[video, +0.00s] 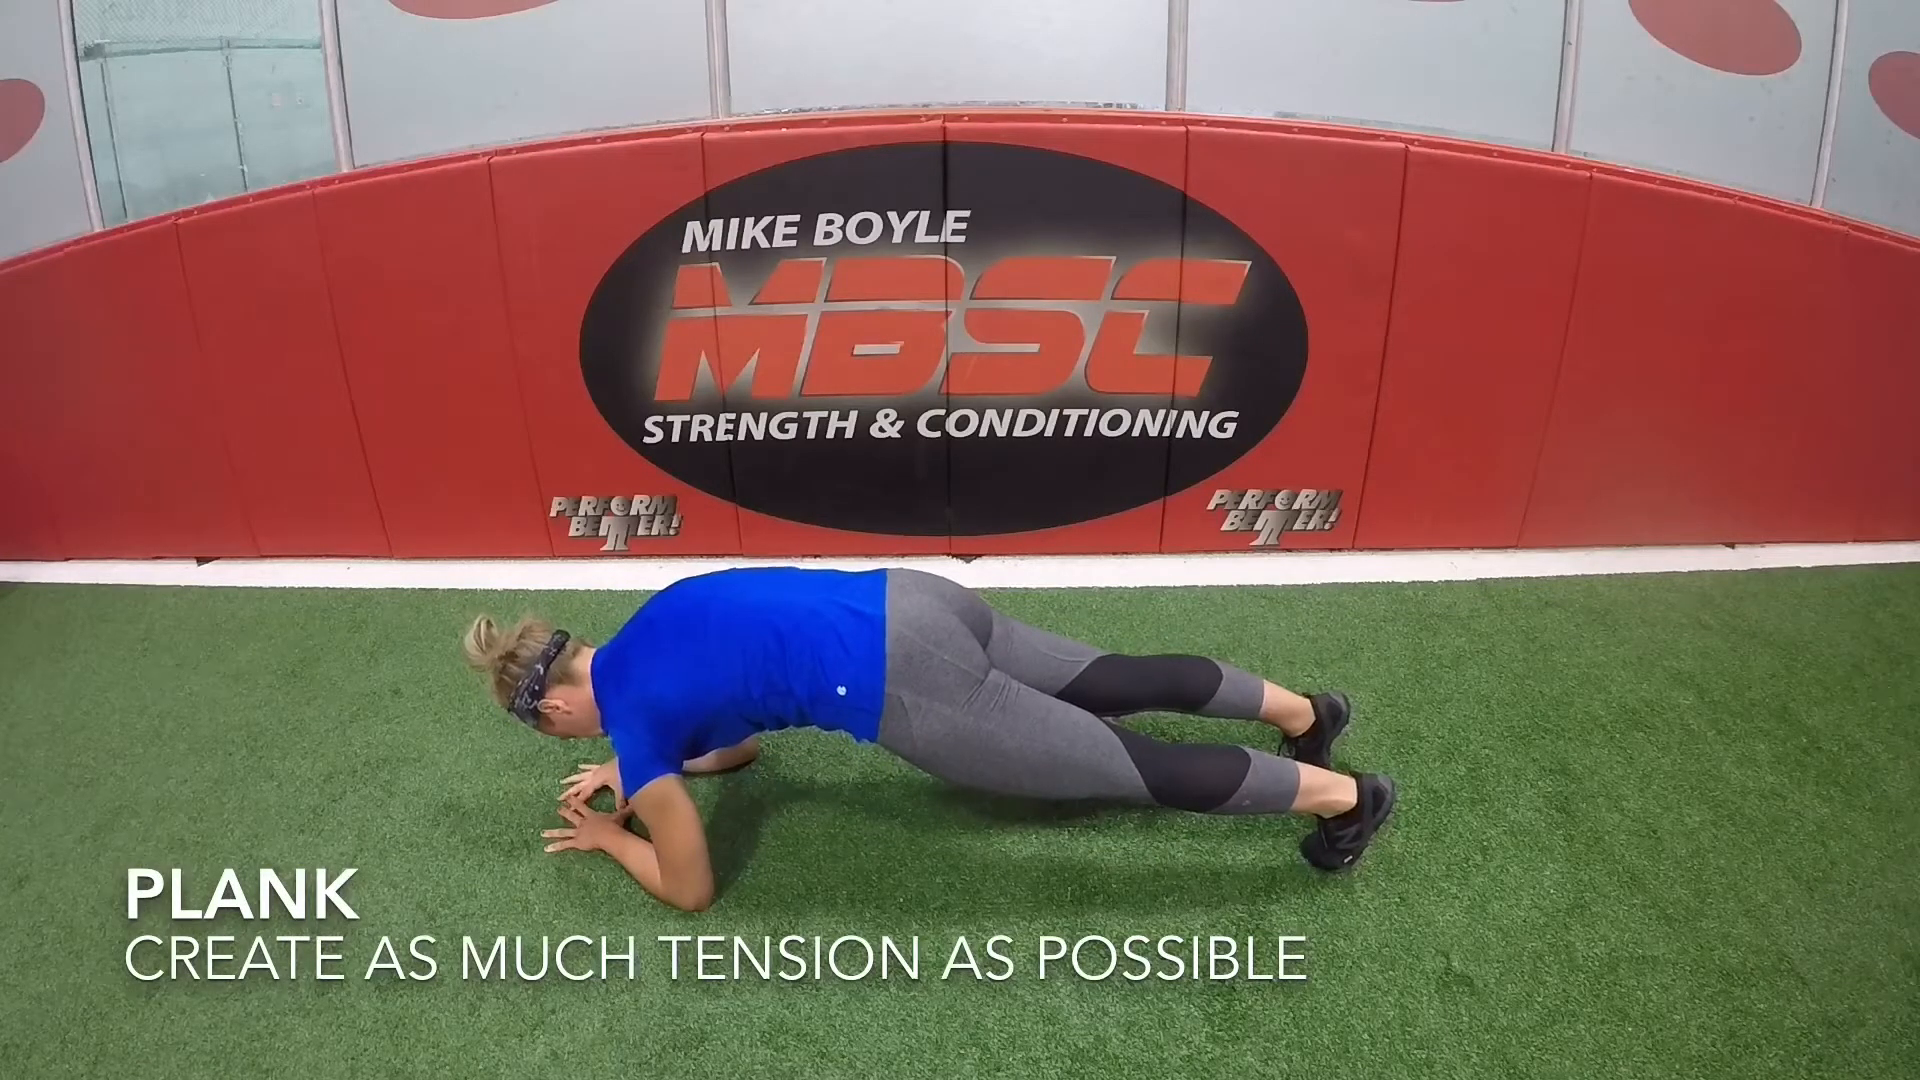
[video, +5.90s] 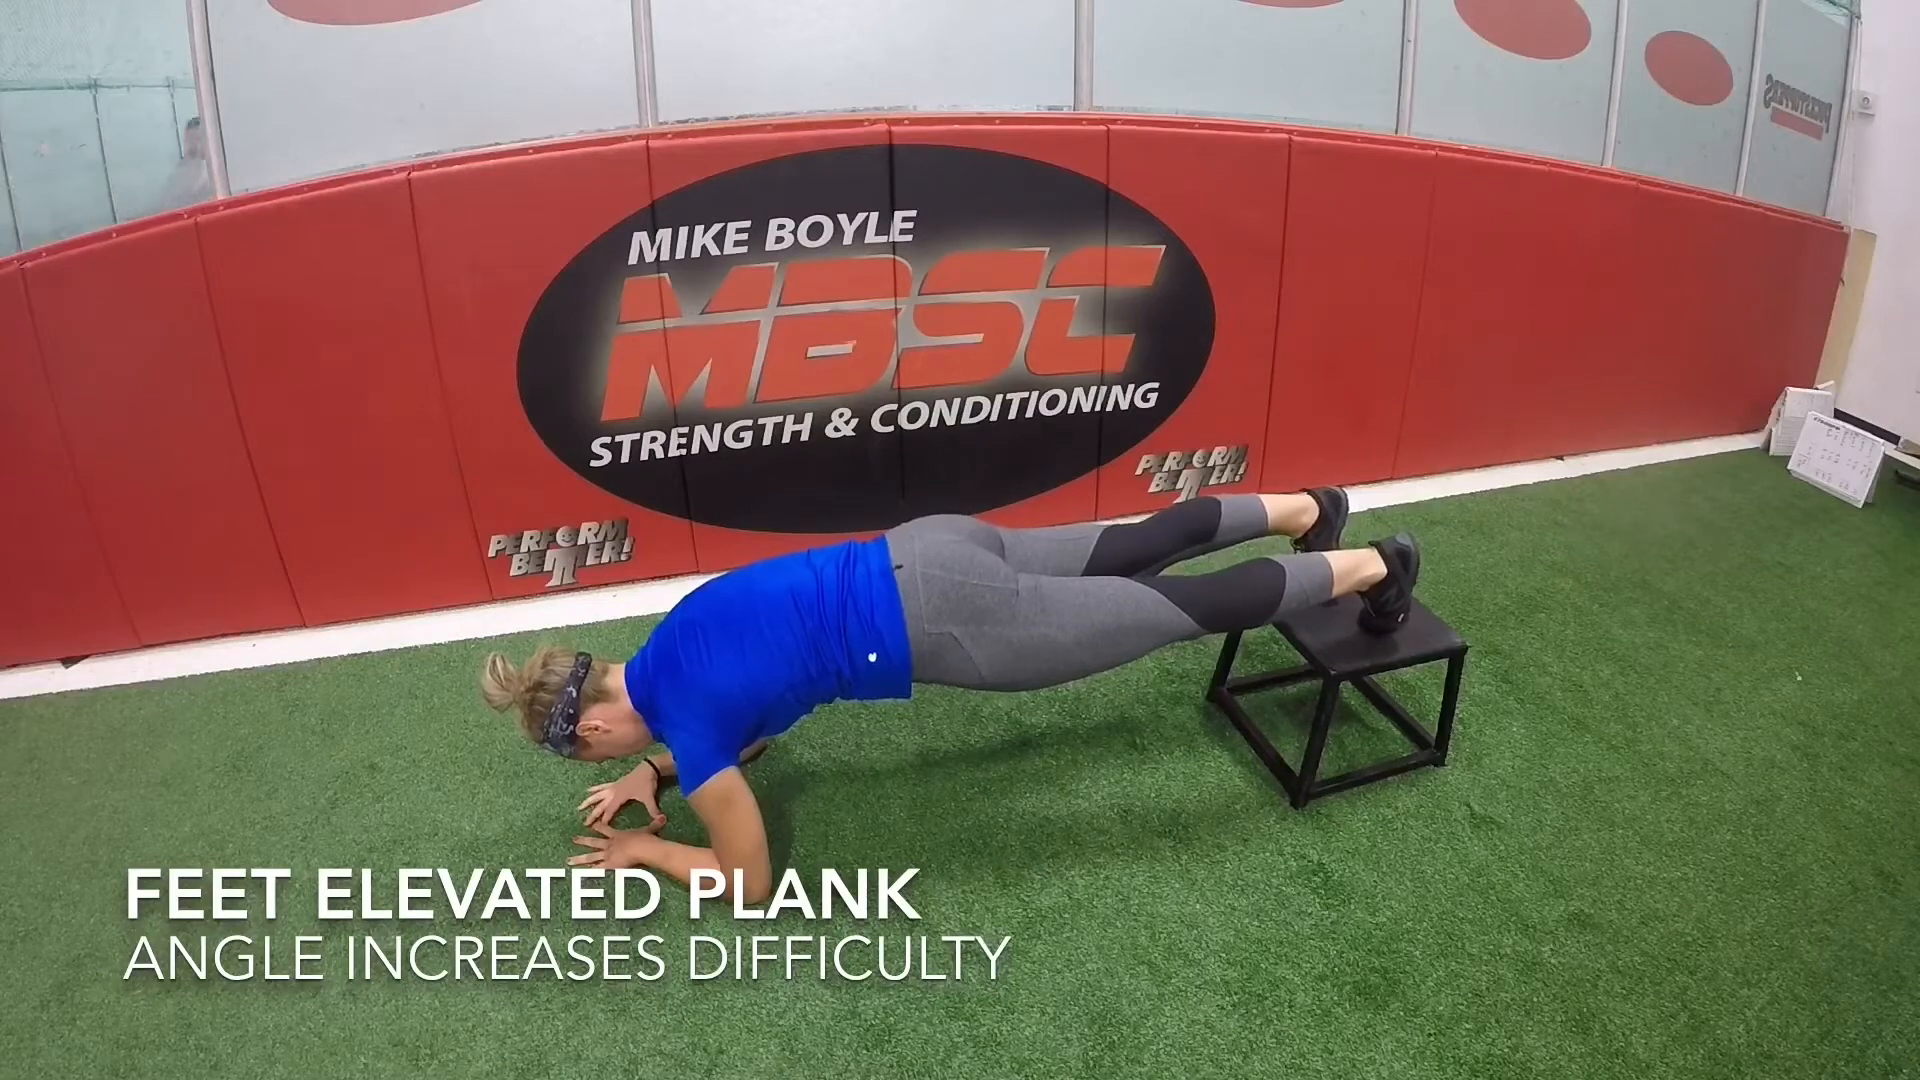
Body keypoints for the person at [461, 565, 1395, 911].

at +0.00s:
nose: (567, 735)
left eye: (551, 729)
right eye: (555, 729)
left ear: (557, 697)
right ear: (572, 646)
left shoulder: (631, 716)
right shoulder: (658, 609)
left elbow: (688, 885)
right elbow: (737, 740)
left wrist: (614, 841)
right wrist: (638, 778)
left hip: (901, 688)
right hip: (914, 591)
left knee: (1134, 767)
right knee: (1111, 677)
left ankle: (1342, 794)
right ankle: (1308, 715)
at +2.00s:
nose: (572, 736)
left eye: (556, 730)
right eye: (561, 730)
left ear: (560, 699)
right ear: (575, 648)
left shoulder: (631, 716)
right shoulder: (657, 609)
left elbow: (688, 885)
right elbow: (738, 740)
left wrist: (612, 840)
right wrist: (640, 777)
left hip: (900, 690)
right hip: (916, 593)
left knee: (1131, 771)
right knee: (1110, 681)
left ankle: (1343, 798)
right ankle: (1306, 714)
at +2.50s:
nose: (582, 744)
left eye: (564, 732)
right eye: (569, 734)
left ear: (575, 703)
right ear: (581, 660)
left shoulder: (650, 711)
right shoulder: (653, 627)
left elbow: (739, 878)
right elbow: (739, 759)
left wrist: (629, 852)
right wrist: (649, 782)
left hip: (897, 681)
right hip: (906, 583)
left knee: (1106, 774)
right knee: (1082, 670)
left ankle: (1325, 791)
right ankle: (1283, 706)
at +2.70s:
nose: (594, 755)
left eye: (578, 741)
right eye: (580, 745)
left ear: (592, 707)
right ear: (589, 677)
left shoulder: (681, 720)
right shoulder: (658, 640)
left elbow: (744, 880)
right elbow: (746, 756)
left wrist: (641, 858)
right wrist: (659, 808)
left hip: (926, 626)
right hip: (905, 544)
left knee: (1147, 611)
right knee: (1101, 556)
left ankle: (1330, 572)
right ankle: (1260, 514)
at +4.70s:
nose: (609, 752)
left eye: (593, 743)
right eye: (597, 745)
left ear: (602, 710)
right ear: (601, 670)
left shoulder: (689, 717)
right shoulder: (673, 629)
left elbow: (748, 878)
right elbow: (749, 741)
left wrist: (645, 852)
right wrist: (660, 792)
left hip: (942, 629)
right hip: (921, 540)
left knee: (1176, 607)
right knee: (1119, 544)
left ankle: (1346, 566)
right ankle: (1276, 508)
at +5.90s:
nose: (609, 755)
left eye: (593, 746)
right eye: (597, 748)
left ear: (601, 711)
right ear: (600, 673)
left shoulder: (689, 719)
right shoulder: (670, 631)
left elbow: (746, 878)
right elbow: (749, 736)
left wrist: (646, 851)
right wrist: (660, 792)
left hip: (935, 626)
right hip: (918, 539)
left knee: (1165, 613)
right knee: (1114, 547)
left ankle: (1345, 570)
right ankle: (1274, 507)